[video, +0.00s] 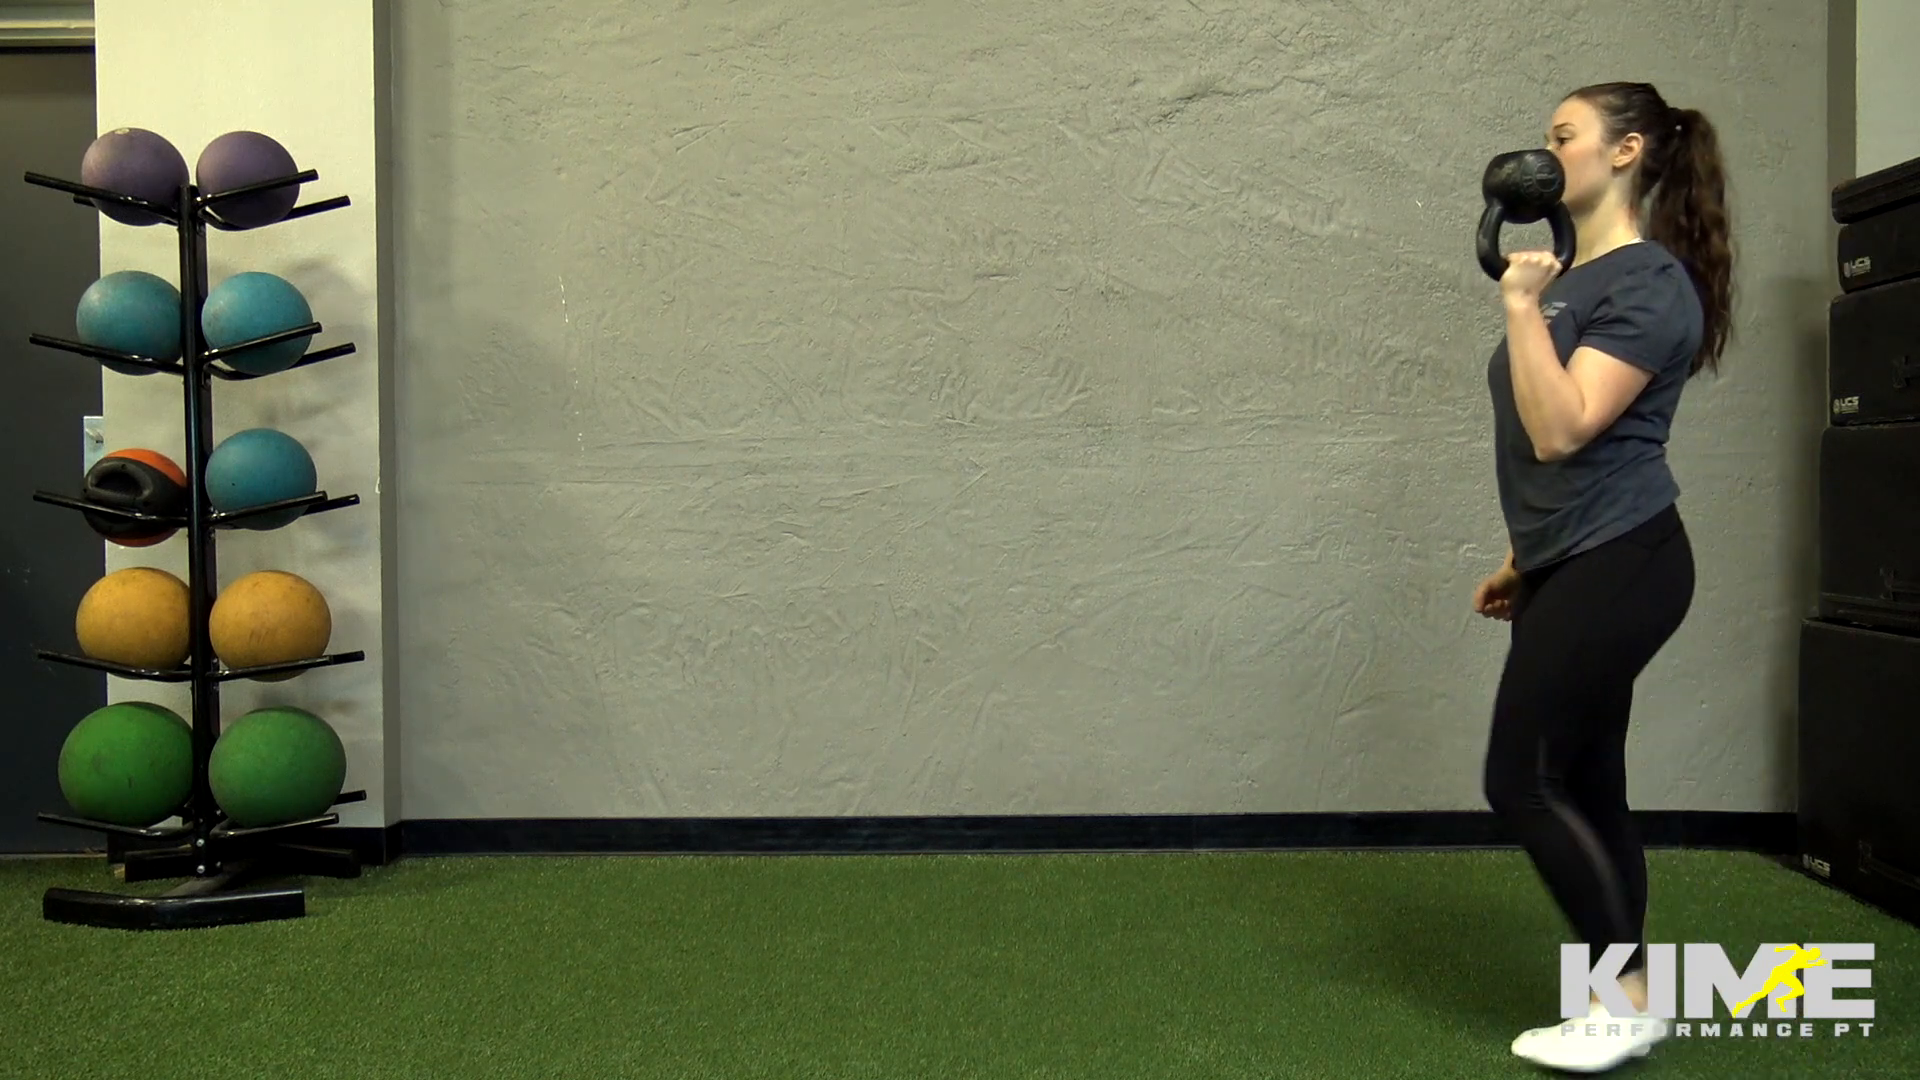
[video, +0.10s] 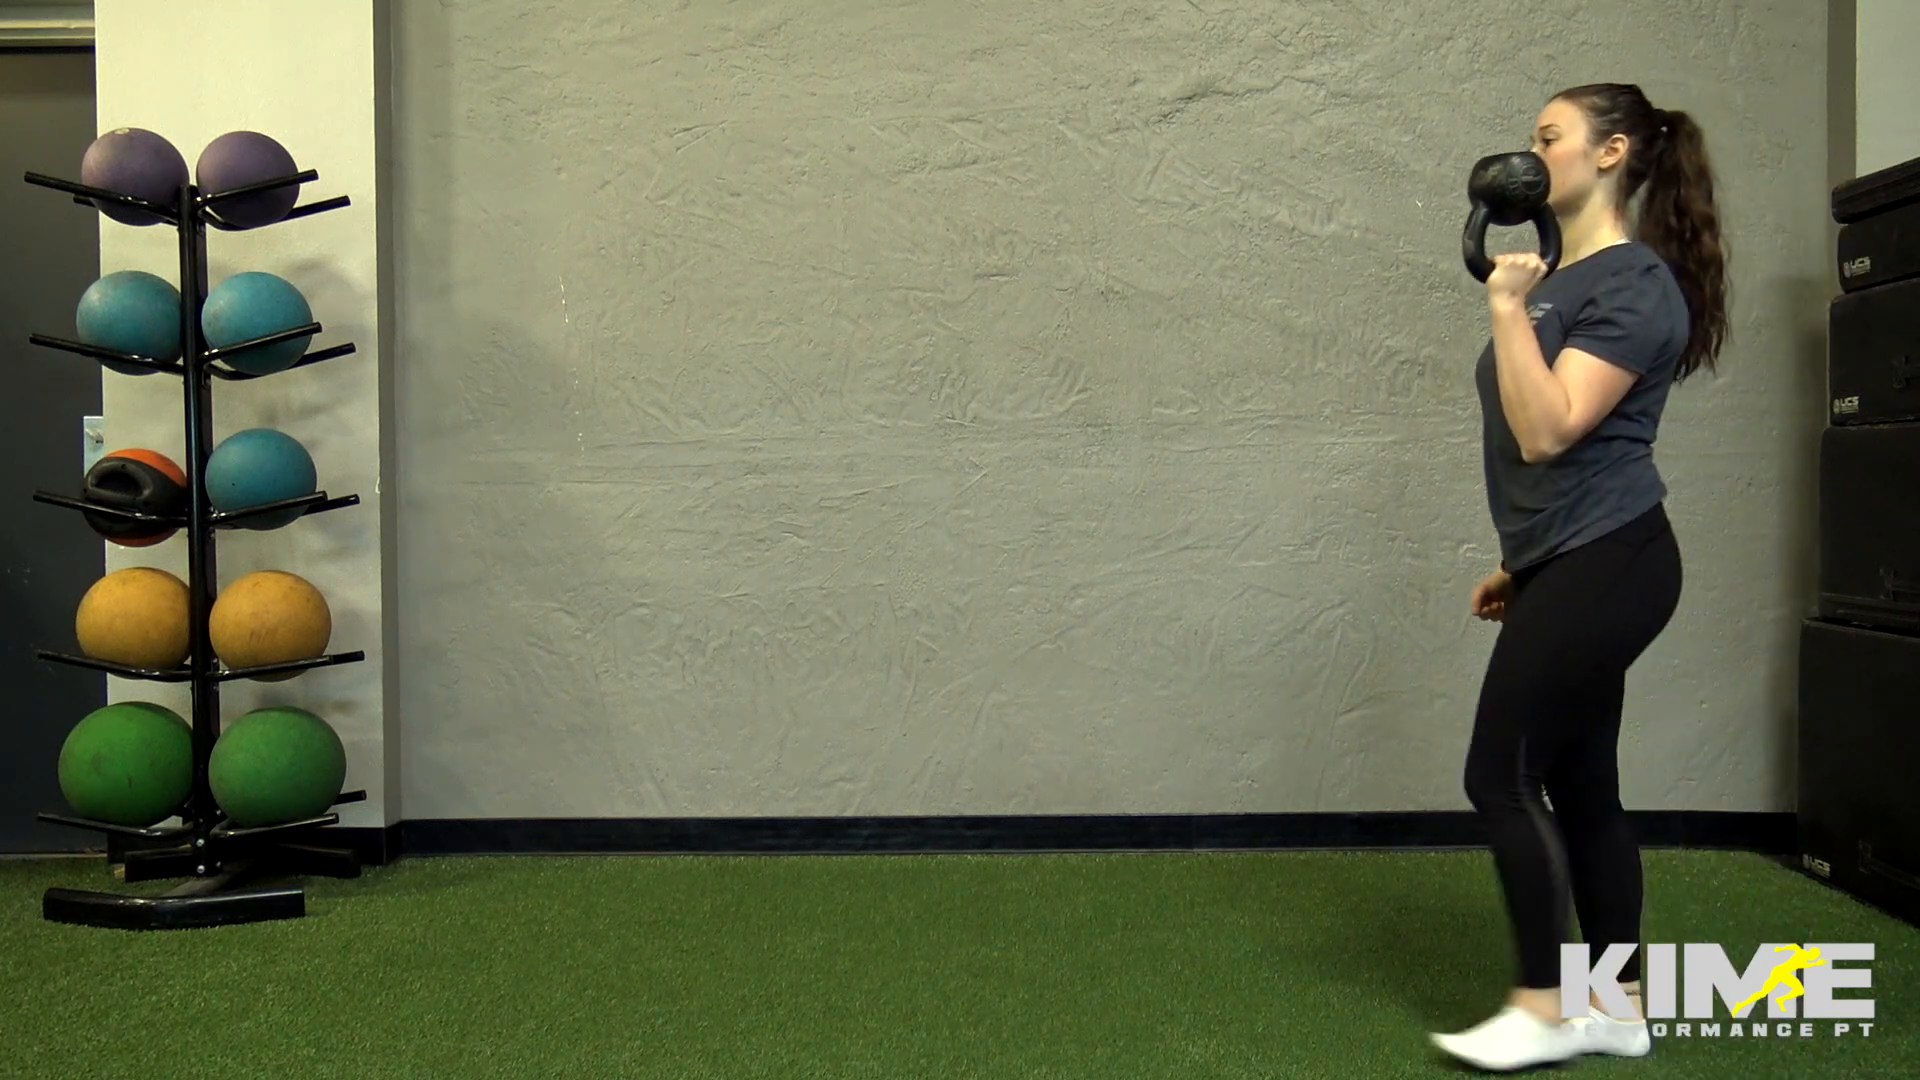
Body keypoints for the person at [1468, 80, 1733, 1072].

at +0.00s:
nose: (1546, 155)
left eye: (1565, 140)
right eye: (1549, 140)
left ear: (1629, 151)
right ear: (1607, 153)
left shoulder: (1655, 283)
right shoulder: (1574, 274)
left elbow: (1558, 431)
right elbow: (1566, 442)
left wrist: (1520, 306)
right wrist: (1526, 553)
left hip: (1620, 560)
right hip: (1571, 564)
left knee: (1519, 783)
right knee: (1593, 793)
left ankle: (1626, 1001)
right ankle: (1623, 1000)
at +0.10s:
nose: (1531, 155)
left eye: (1550, 140)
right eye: (1534, 141)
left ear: (1614, 152)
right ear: (1592, 155)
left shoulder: (1638, 284)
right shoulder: (1563, 280)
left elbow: (1544, 432)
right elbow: (1563, 444)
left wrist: (1507, 306)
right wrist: (1522, 559)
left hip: (1609, 560)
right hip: (1566, 564)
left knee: (1498, 778)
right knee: (1586, 795)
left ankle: (1542, 1009)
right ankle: (1616, 1005)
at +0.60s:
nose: (1433, 160)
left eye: (1451, 144)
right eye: (1436, 146)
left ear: (1513, 154)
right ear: (1495, 157)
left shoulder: (1538, 286)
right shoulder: (1469, 279)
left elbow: (1439, 429)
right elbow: (1460, 443)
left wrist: (1401, 306)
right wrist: (1431, 563)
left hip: (1503, 559)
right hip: (1469, 563)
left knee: (1445, 792)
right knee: (1500, 789)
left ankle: (1424, 1014)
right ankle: (1598, 986)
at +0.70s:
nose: (1407, 159)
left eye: (1425, 143)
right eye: (1409, 144)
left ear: (1486, 154)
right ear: (1468, 157)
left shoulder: (1508, 285)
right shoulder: (1441, 275)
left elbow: (1409, 424)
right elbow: (1417, 443)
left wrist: (1372, 302)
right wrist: (1395, 565)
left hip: (1470, 560)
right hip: (1432, 561)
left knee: (1431, 791)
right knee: (1442, 784)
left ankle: (1424, 1014)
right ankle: (1571, 960)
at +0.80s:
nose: (1391, 159)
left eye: (1409, 143)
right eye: (1394, 144)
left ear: (1469, 153)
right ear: (1452, 156)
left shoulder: (1491, 284)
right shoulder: (1422, 274)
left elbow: (1392, 422)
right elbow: (1395, 441)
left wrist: (1354, 299)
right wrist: (1376, 567)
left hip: (1454, 560)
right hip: (1404, 565)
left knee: (1423, 789)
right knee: (1385, 786)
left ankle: (1425, 1014)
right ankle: (1536, 946)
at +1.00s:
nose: (1352, 158)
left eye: (1370, 142)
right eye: (1355, 143)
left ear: (1430, 152)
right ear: (1414, 155)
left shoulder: (1454, 282)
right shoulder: (1391, 272)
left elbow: (1356, 420)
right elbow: (1347, 407)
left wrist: (1316, 300)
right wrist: (1320, 289)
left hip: (1422, 562)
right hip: (1358, 564)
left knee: (1405, 788)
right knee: (1306, 766)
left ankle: (1426, 1014)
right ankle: (1384, 965)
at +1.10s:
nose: (1337, 158)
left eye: (1353, 142)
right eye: (1339, 142)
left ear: (1414, 154)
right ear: (1401, 156)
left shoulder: (1438, 284)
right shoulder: (1374, 274)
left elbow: (1338, 422)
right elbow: (1335, 414)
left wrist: (1299, 300)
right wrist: (1309, 293)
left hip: (1410, 563)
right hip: (1342, 565)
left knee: (1398, 788)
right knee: (1291, 769)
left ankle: (1423, 1014)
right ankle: (1309, 981)